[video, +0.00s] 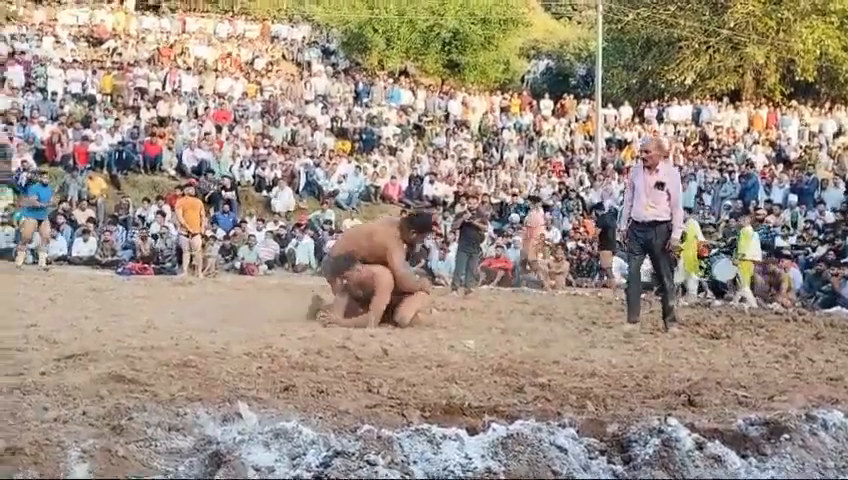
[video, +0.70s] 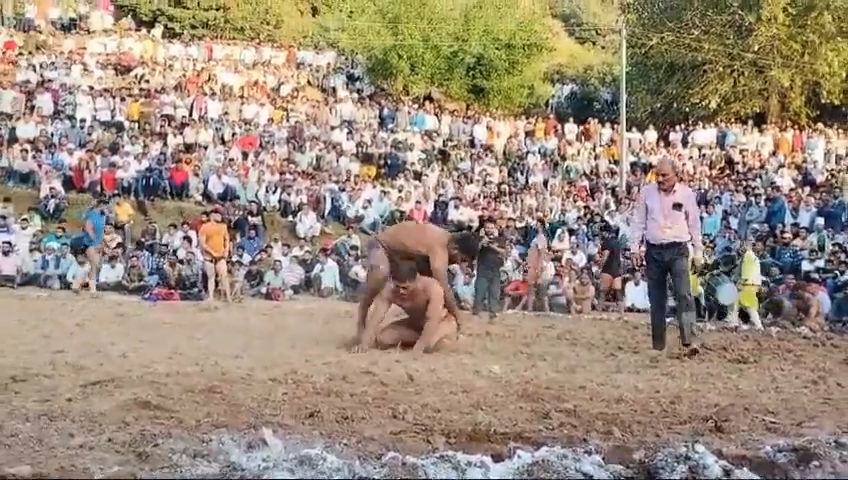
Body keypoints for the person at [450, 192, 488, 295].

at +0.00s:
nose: (472, 205)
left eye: (474, 203)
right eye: (470, 203)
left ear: (477, 204)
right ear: (466, 203)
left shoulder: (481, 216)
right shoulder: (461, 215)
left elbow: (485, 228)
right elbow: (454, 227)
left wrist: (474, 222)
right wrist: (463, 218)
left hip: (475, 246)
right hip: (463, 245)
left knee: (472, 269)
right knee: (459, 268)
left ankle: (469, 288)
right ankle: (455, 287)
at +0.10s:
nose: (484, 209)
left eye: (486, 207)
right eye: (482, 206)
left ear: (490, 207)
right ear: (478, 207)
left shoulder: (493, 220)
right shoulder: (473, 219)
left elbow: (498, 231)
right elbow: (466, 231)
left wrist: (485, 226)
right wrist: (475, 223)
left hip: (488, 250)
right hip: (475, 249)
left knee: (484, 274)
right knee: (472, 272)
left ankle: (481, 292)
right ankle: (467, 290)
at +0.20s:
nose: (496, 214)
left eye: (498, 212)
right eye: (494, 212)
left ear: (502, 213)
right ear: (492, 212)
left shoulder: (507, 225)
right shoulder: (487, 224)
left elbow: (511, 237)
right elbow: (479, 236)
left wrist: (500, 232)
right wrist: (488, 228)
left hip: (501, 256)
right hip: (489, 255)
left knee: (497, 279)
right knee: (485, 278)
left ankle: (494, 297)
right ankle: (480, 295)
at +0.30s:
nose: (508, 220)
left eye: (510, 218)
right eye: (506, 218)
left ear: (514, 219)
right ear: (503, 219)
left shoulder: (517, 230)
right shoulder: (498, 230)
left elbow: (524, 242)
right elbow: (490, 242)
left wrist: (512, 238)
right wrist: (499, 234)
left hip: (513, 259)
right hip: (500, 258)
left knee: (510, 283)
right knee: (496, 281)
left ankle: (507, 302)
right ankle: (493, 300)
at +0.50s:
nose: (498, 226)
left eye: (501, 224)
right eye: (496, 224)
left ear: (504, 225)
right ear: (493, 225)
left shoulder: (509, 235)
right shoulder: (489, 235)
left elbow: (515, 248)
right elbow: (482, 248)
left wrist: (501, 244)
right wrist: (490, 240)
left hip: (503, 265)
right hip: (491, 264)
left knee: (501, 289)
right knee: (488, 287)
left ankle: (498, 308)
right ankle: (484, 306)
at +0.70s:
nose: (490, 230)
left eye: (492, 228)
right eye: (487, 228)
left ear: (496, 228)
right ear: (484, 229)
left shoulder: (501, 240)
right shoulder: (481, 239)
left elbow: (506, 253)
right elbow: (474, 251)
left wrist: (493, 247)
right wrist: (481, 243)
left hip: (495, 269)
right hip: (483, 268)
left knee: (495, 292)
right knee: (480, 290)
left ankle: (493, 312)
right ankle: (477, 310)